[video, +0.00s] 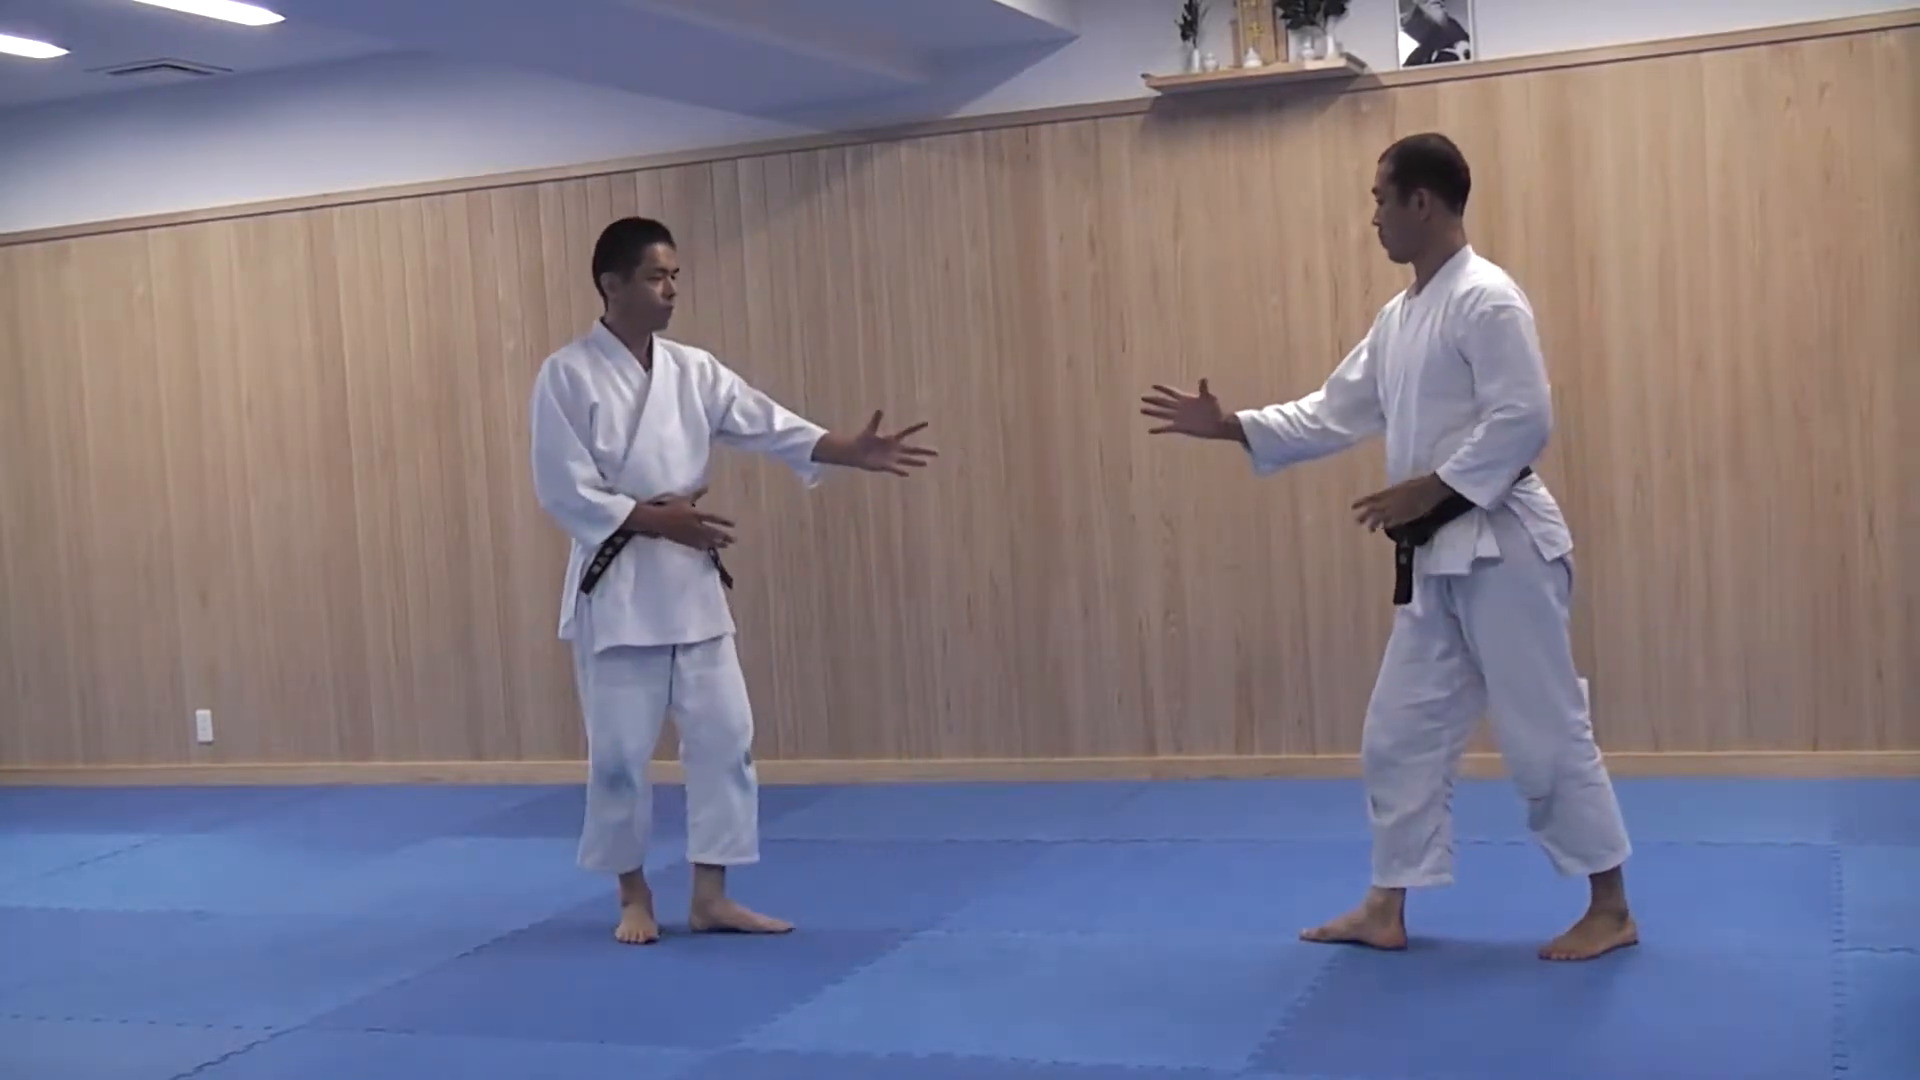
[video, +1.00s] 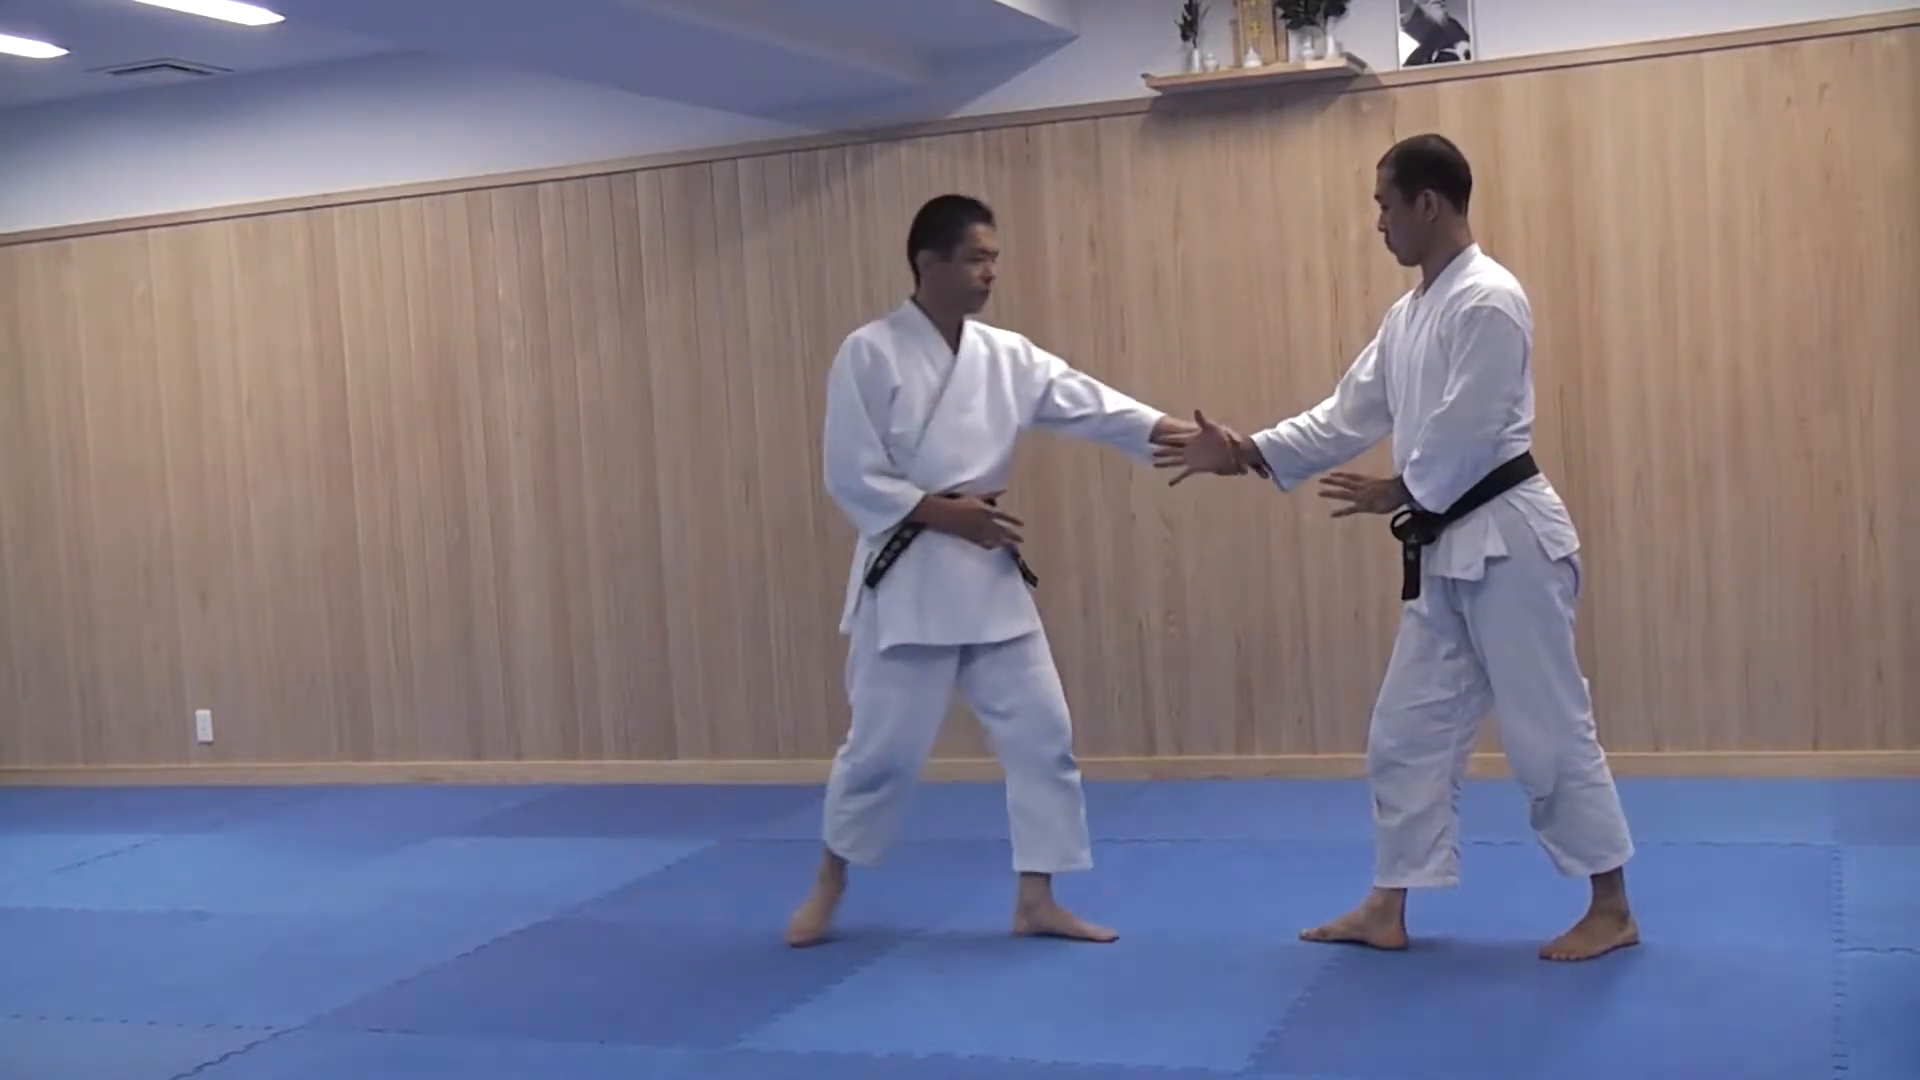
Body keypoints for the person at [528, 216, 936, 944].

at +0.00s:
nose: (671, 289)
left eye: (675, 277)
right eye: (657, 278)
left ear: (675, 282)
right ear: (610, 285)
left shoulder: (691, 367)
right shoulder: (568, 374)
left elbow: (766, 422)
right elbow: (565, 490)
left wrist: (845, 450)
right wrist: (657, 520)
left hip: (693, 579)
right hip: (617, 588)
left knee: (725, 736)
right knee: (619, 752)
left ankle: (709, 897)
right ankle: (634, 899)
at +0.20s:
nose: (677, 289)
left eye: (680, 276)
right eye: (662, 278)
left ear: (681, 282)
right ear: (615, 287)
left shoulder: (698, 368)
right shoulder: (577, 376)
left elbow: (772, 422)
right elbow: (577, 490)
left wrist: (854, 451)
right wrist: (670, 522)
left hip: (708, 575)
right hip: (633, 584)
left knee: (754, 723)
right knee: (634, 754)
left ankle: (742, 893)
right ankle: (634, 898)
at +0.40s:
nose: (709, 298)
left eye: (712, 286)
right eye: (694, 286)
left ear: (711, 292)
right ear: (647, 294)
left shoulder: (732, 377)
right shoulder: (605, 385)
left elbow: (810, 426)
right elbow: (604, 500)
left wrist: (896, 452)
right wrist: (698, 529)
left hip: (744, 586)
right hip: (666, 595)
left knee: (814, 730)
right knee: (659, 764)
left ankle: (861, 895)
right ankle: (638, 905)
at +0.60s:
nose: (782, 311)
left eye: (785, 299)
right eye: (768, 300)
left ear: (784, 304)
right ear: (720, 308)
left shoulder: (808, 391)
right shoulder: (676, 400)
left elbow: (892, 431)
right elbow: (665, 514)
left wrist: (990, 447)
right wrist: (754, 544)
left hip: (813, 604)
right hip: (729, 612)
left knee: (908, 739)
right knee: (694, 776)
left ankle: (992, 887)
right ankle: (641, 892)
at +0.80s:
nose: (903, 299)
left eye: (906, 286)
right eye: (888, 286)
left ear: (902, 292)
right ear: (837, 295)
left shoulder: (928, 381)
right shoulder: (793, 390)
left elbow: (1021, 418)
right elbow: (782, 508)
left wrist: (1125, 435)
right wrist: (876, 541)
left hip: (928, 594)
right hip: (843, 599)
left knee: (1017, 734)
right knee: (787, 760)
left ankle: (1033, 905)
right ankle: (695, 875)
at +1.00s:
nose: (990, 273)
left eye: (995, 260)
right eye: (976, 260)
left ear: (995, 265)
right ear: (926, 263)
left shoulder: (1008, 354)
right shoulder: (870, 352)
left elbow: (1095, 405)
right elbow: (851, 476)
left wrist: (1195, 439)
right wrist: (943, 513)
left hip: (990, 573)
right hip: (908, 575)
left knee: (1043, 732)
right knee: (882, 750)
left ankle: (1035, 900)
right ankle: (828, 884)